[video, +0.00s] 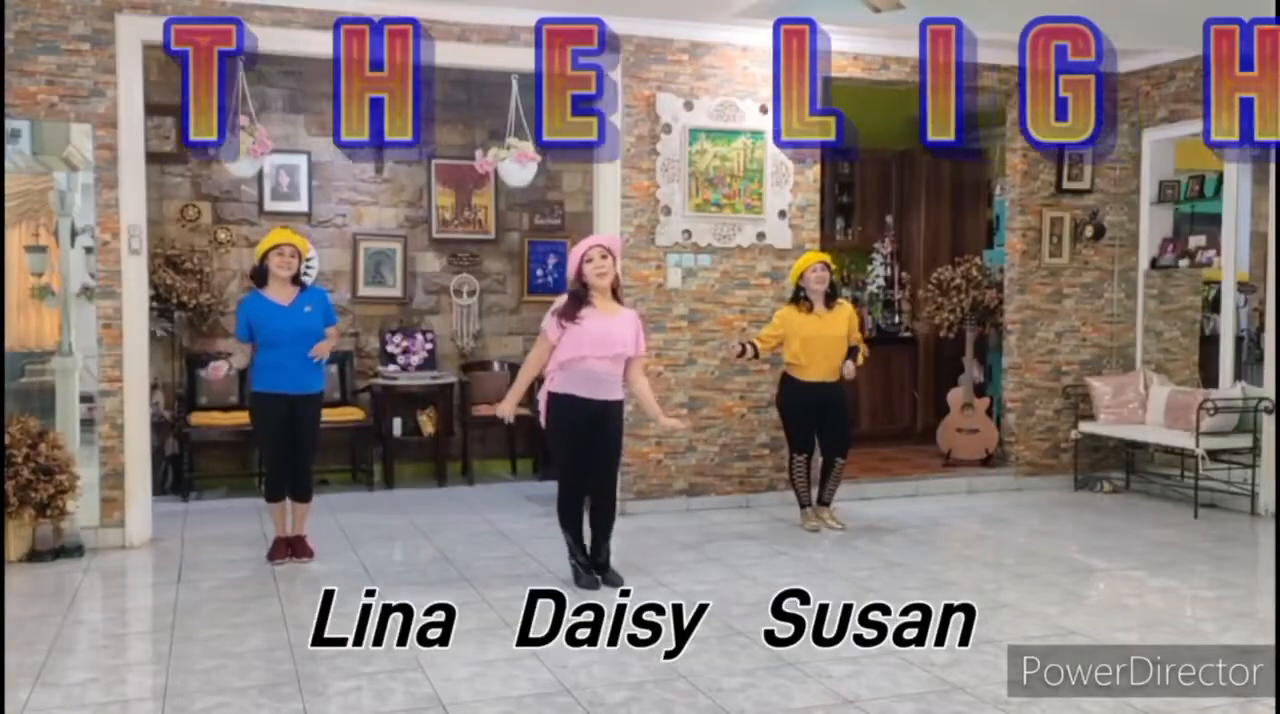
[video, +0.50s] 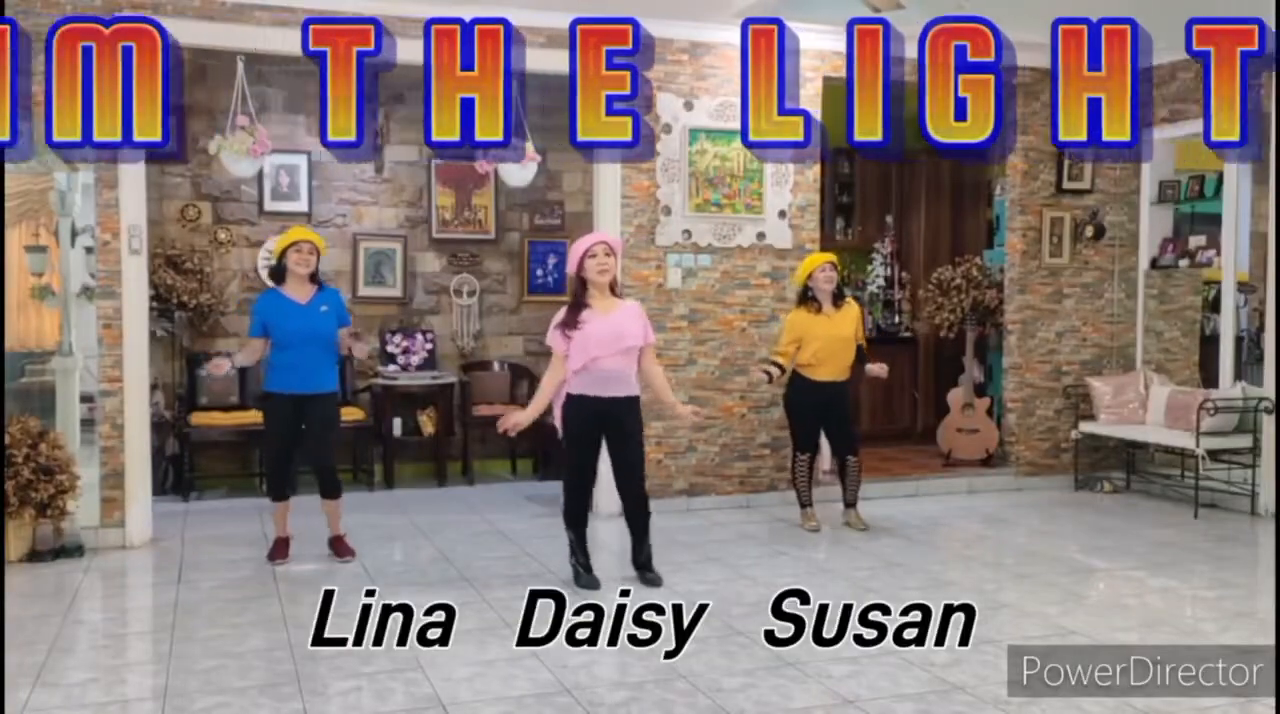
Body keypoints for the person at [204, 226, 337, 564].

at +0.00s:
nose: (285, 260)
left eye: (292, 255)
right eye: (279, 254)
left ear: (300, 262)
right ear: (265, 260)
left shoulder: (317, 297)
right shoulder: (251, 303)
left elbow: (333, 333)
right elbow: (245, 349)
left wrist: (328, 344)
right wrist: (227, 363)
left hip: (308, 393)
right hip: (267, 393)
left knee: (302, 463)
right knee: (274, 463)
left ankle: (299, 535)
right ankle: (281, 537)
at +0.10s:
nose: (285, 261)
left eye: (291, 256)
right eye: (278, 255)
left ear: (300, 263)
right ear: (265, 261)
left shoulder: (317, 298)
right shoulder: (251, 304)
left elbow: (334, 335)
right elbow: (245, 350)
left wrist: (332, 337)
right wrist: (227, 357)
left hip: (308, 394)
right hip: (267, 393)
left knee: (302, 463)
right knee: (273, 463)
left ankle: (300, 534)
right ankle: (280, 536)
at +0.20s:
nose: (287, 259)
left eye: (293, 254)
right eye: (280, 253)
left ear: (302, 261)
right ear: (267, 259)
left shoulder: (317, 298)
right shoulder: (252, 304)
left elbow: (328, 346)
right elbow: (245, 350)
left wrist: (335, 334)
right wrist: (225, 347)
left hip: (309, 393)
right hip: (267, 393)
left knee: (308, 462)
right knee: (274, 463)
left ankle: (305, 532)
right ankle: (281, 536)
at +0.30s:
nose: (291, 256)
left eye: (297, 251)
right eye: (285, 250)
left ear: (306, 259)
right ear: (270, 257)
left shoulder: (320, 297)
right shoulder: (254, 302)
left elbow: (331, 343)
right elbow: (244, 347)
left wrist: (344, 332)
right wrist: (223, 343)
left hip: (313, 392)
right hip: (269, 393)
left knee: (315, 460)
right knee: (274, 464)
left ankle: (320, 531)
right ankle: (281, 536)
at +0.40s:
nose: (297, 256)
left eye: (304, 251)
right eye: (291, 250)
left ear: (311, 259)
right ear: (276, 257)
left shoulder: (325, 297)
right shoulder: (260, 301)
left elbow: (335, 342)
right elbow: (248, 346)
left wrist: (349, 337)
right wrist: (224, 347)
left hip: (316, 393)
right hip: (273, 394)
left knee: (320, 461)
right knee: (275, 464)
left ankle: (334, 534)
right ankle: (281, 536)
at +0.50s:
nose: (304, 257)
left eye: (310, 252)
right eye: (297, 251)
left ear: (318, 260)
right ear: (283, 257)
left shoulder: (332, 298)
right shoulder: (267, 301)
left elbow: (344, 341)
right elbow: (256, 347)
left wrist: (355, 347)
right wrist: (231, 361)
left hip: (323, 395)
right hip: (280, 396)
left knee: (325, 463)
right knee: (278, 465)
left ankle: (337, 535)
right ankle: (281, 537)